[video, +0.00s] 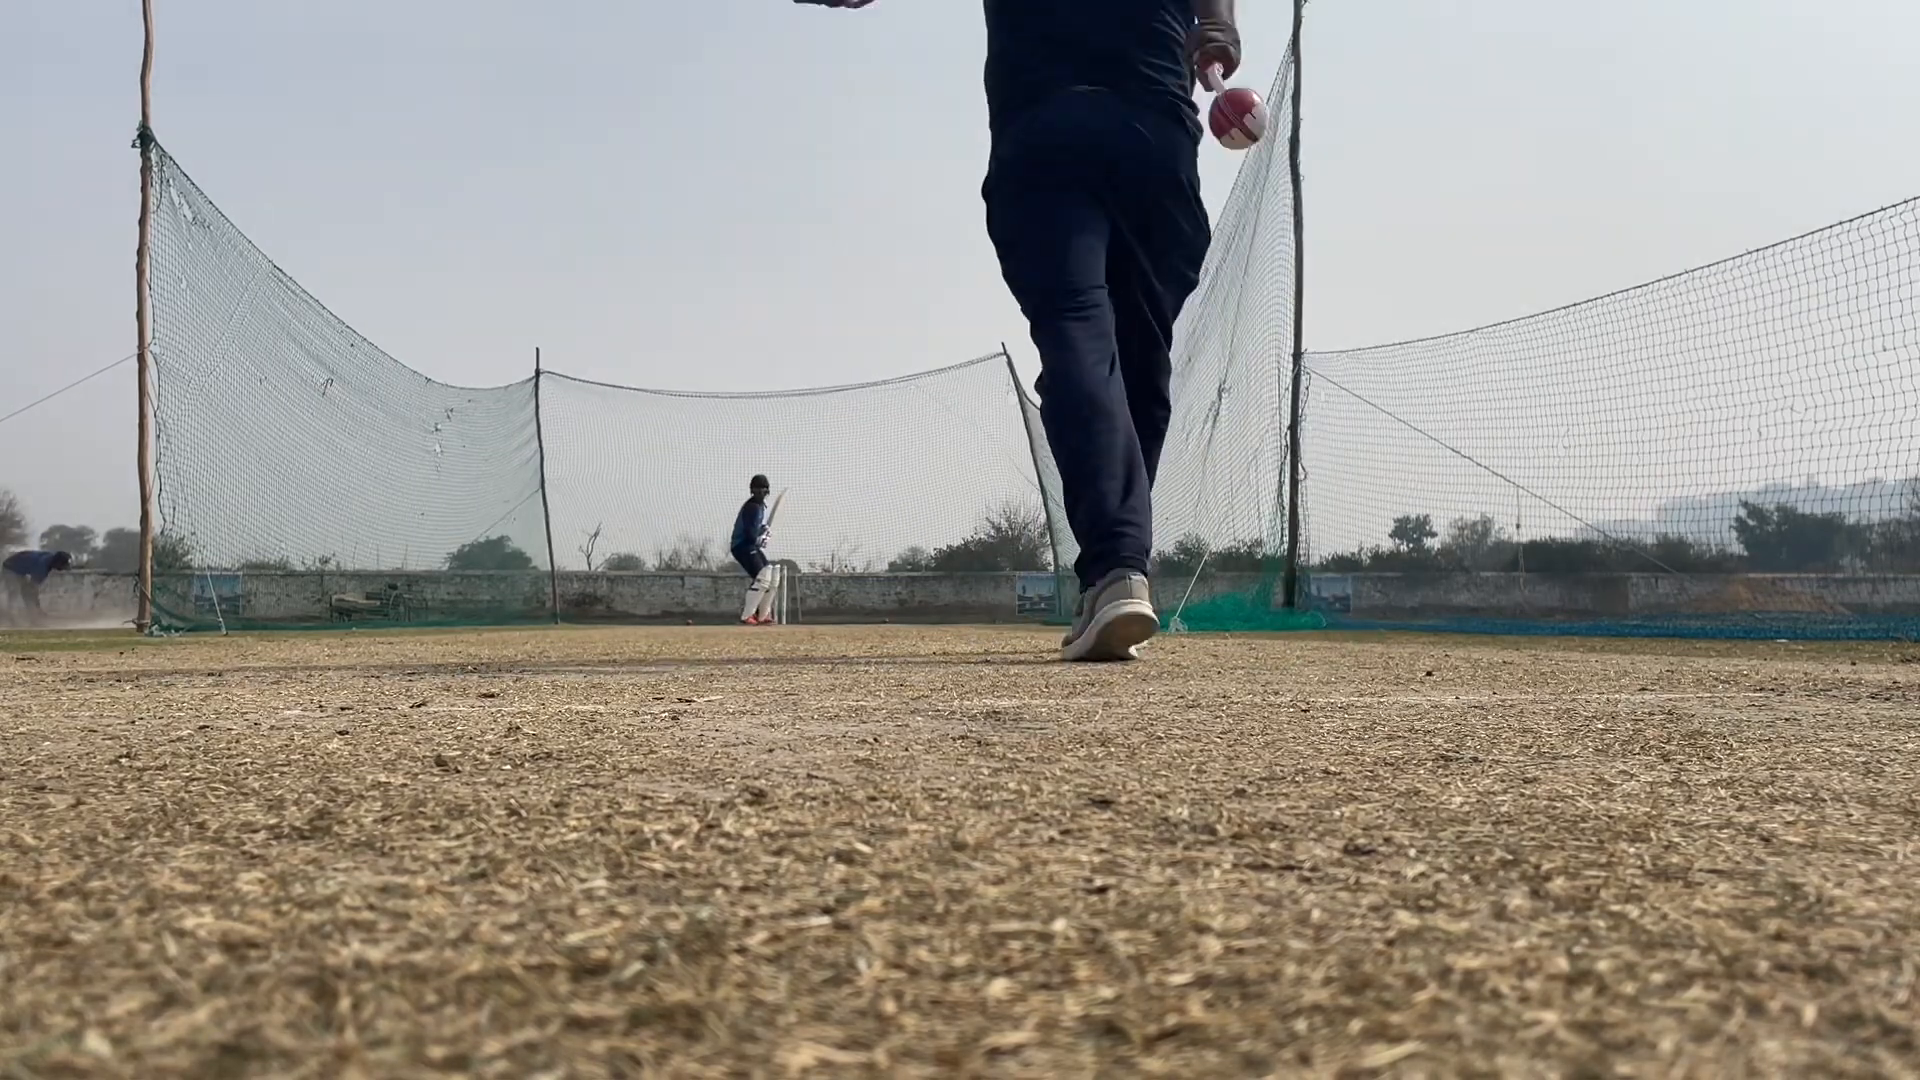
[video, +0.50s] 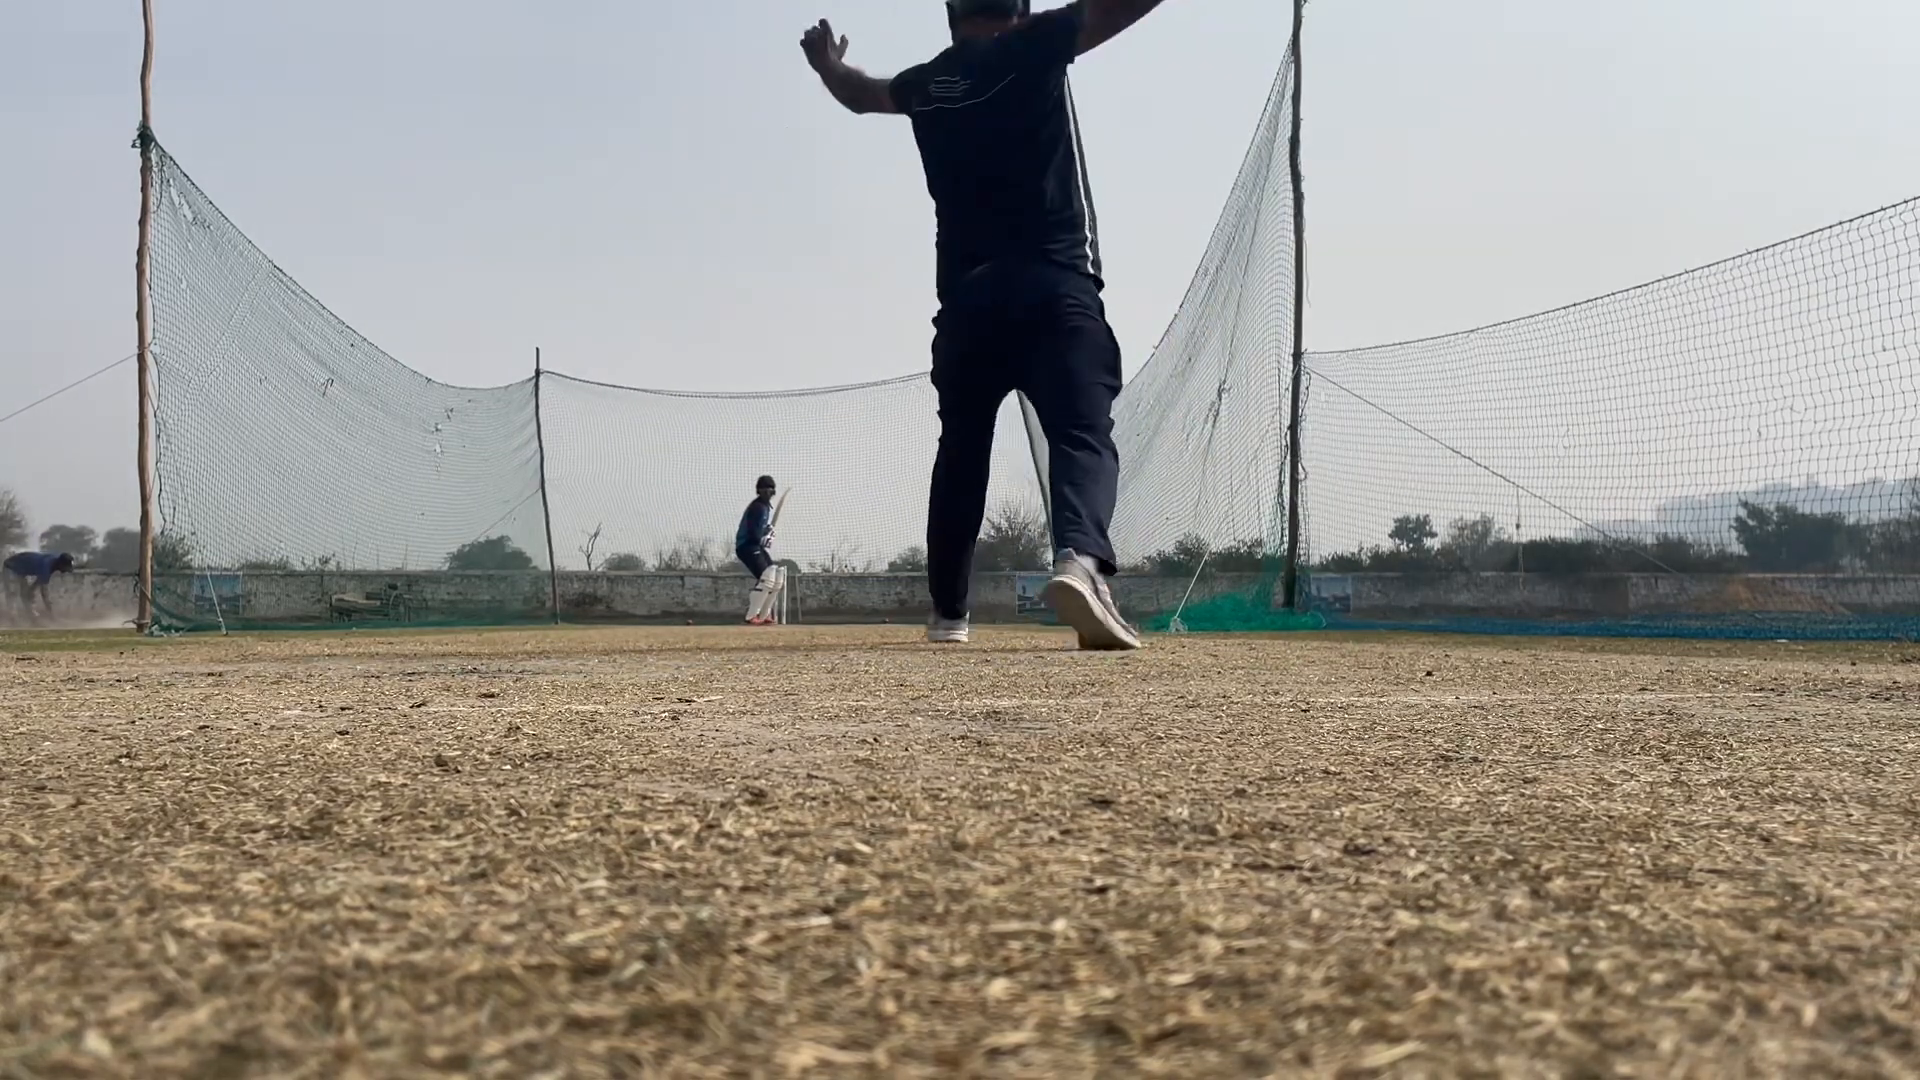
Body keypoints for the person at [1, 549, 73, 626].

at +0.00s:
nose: (62, 569)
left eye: (64, 567)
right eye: (63, 566)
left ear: (58, 559)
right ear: (59, 562)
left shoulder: (49, 562)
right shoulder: (43, 564)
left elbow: (34, 586)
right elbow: (33, 587)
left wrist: (36, 608)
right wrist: (37, 608)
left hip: (21, 570)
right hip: (10, 568)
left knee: (28, 593)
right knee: (13, 594)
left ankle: (33, 617)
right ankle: (12, 619)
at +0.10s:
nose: (62, 570)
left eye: (64, 568)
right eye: (63, 567)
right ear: (59, 562)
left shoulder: (50, 562)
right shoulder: (43, 565)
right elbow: (33, 588)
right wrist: (39, 608)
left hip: (21, 570)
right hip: (10, 569)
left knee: (27, 595)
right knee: (12, 596)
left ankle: (33, 618)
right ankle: (12, 620)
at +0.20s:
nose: (63, 570)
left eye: (65, 568)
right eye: (64, 568)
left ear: (60, 560)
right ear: (60, 563)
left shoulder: (51, 561)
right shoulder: (44, 567)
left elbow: (36, 585)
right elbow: (34, 587)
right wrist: (43, 607)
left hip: (21, 570)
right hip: (10, 568)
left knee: (27, 594)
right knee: (12, 595)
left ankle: (32, 618)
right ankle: (12, 620)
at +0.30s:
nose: (65, 570)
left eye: (67, 568)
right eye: (65, 567)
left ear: (61, 562)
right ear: (61, 563)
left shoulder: (51, 563)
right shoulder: (45, 566)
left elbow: (36, 583)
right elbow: (42, 590)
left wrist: (30, 590)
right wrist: (48, 609)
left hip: (21, 571)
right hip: (10, 568)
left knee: (26, 593)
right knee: (12, 596)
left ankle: (32, 616)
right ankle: (13, 621)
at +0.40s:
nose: (65, 571)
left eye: (67, 569)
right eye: (66, 568)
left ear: (61, 562)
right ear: (61, 564)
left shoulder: (52, 564)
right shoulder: (45, 565)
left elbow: (36, 583)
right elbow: (44, 592)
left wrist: (30, 592)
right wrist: (49, 611)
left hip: (21, 571)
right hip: (10, 568)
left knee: (26, 594)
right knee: (12, 595)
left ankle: (32, 616)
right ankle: (12, 619)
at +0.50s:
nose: (66, 571)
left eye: (67, 569)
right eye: (66, 568)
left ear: (62, 562)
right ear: (62, 563)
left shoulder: (52, 563)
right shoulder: (46, 565)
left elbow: (37, 582)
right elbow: (44, 592)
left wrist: (30, 592)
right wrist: (50, 611)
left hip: (21, 570)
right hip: (10, 567)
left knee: (26, 594)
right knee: (12, 595)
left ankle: (31, 615)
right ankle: (13, 619)